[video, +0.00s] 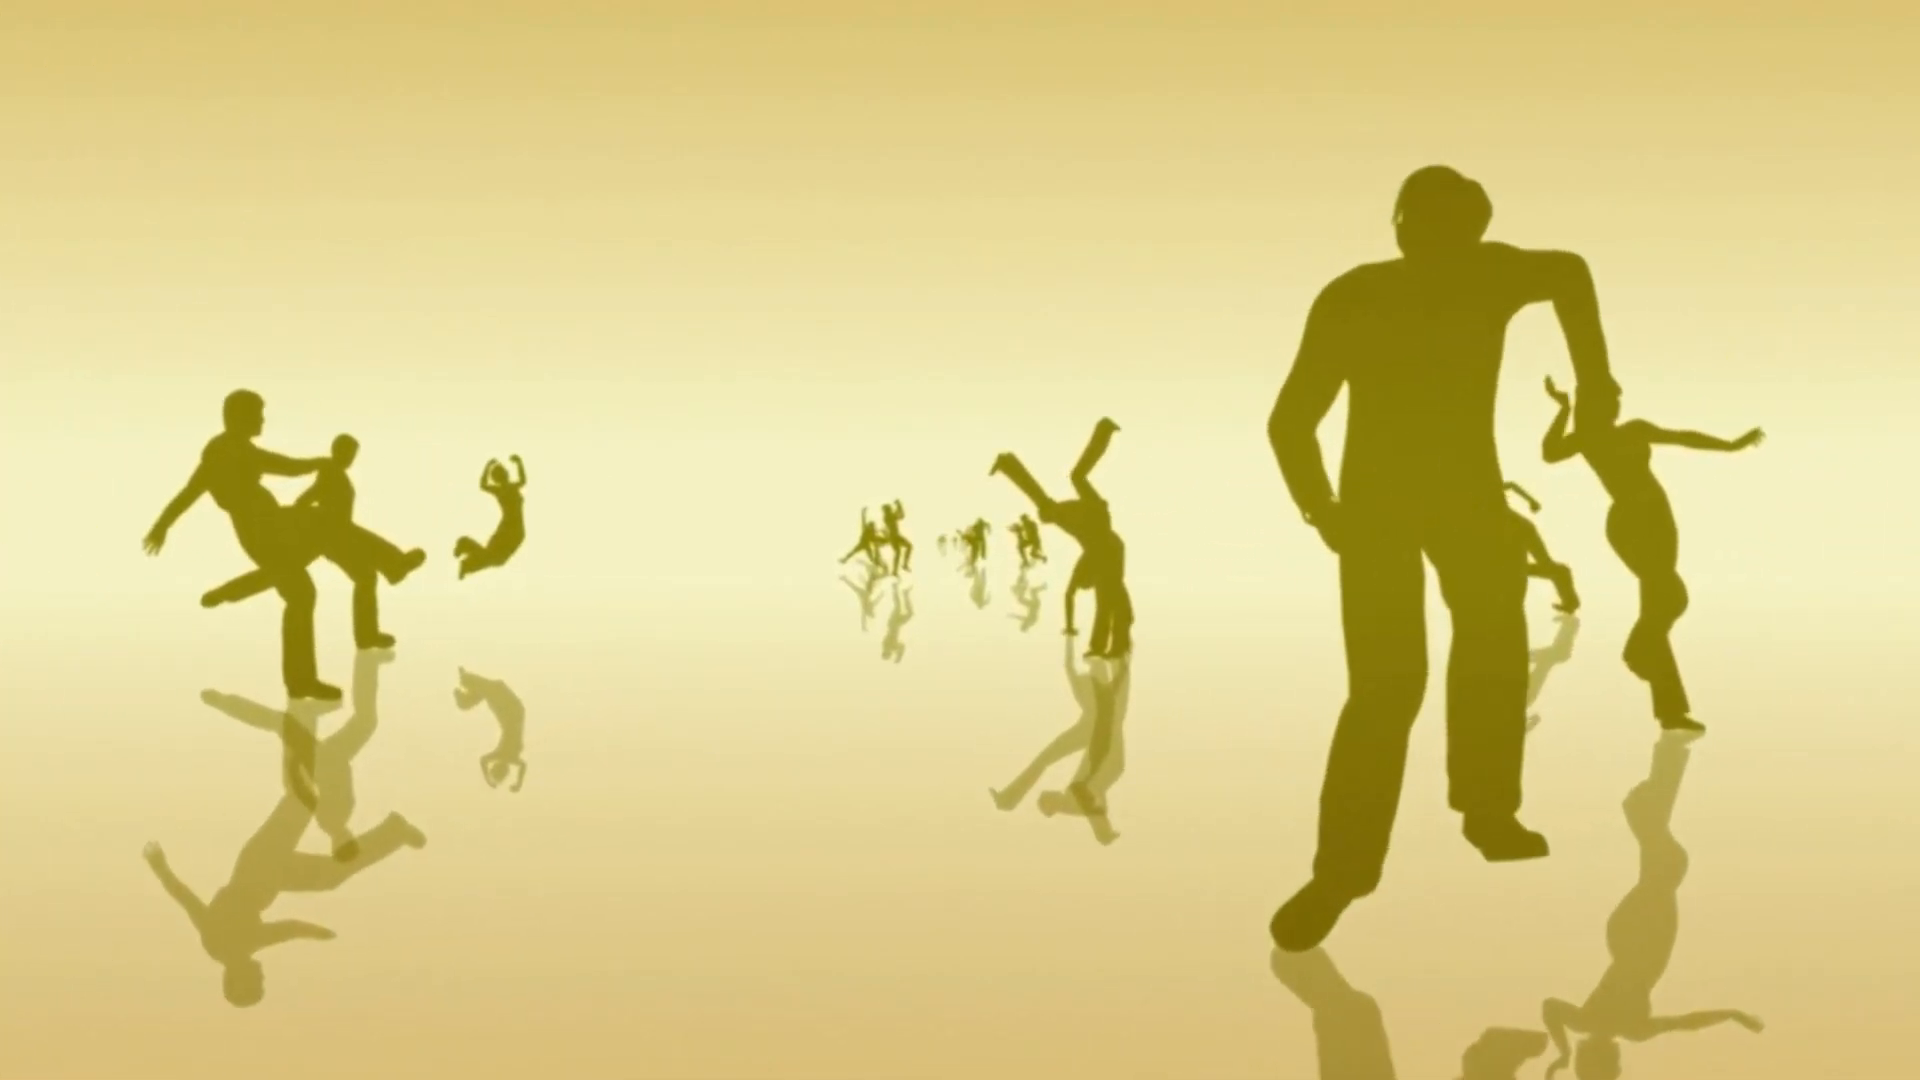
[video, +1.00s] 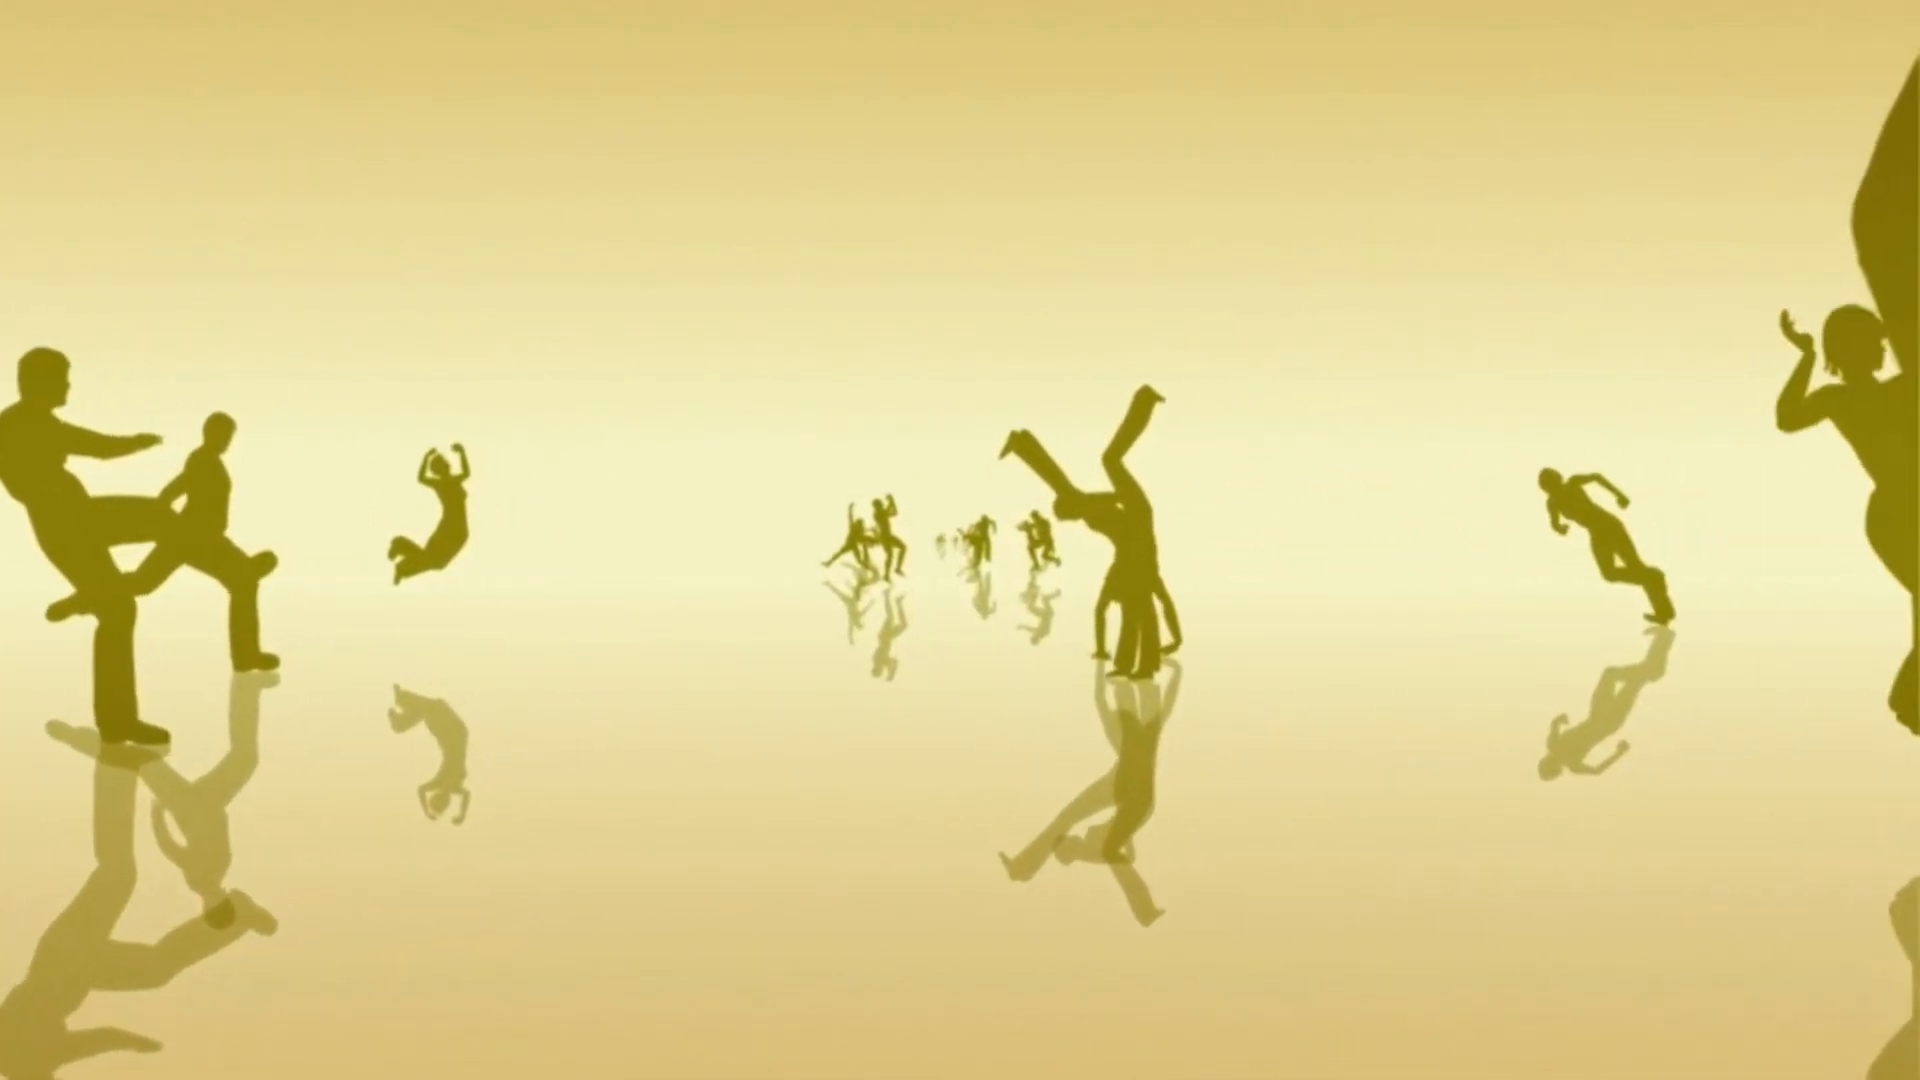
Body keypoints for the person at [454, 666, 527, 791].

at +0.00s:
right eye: (494, 776)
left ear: (504, 769)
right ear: (493, 767)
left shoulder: (511, 759)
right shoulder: (497, 756)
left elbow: (523, 765)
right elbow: (483, 760)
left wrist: (518, 784)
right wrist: (487, 779)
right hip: (491, 690)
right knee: (464, 704)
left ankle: (466, 678)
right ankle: (457, 691)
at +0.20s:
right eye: (483, 782)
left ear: (492, 775)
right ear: (484, 772)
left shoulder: (500, 764)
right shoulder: (485, 762)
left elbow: (513, 769)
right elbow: (471, 766)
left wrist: (508, 790)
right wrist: (476, 785)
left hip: (490, 694)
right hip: (481, 694)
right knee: (453, 708)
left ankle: (454, 681)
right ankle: (445, 696)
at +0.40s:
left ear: (482, 781)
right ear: (473, 778)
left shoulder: (489, 770)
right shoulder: (474, 767)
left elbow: (502, 776)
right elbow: (459, 772)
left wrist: (497, 796)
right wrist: (464, 791)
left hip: (477, 698)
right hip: (468, 696)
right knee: (439, 713)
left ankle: (441, 685)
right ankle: (432, 700)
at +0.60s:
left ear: (469, 786)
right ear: (461, 784)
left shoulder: (477, 775)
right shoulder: (463, 772)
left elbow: (491, 781)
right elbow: (447, 777)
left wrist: (486, 803)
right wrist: (452, 798)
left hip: (465, 701)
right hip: (455, 701)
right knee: (427, 717)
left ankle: (429, 689)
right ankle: (419, 705)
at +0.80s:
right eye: (446, 800)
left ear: (457, 793)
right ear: (448, 791)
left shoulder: (466, 781)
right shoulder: (450, 778)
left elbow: (479, 788)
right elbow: (434, 783)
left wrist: (474, 809)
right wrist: (439, 804)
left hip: (454, 706)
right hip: (443, 705)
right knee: (413, 722)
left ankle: (416, 692)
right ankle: (405, 709)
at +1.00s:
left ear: (444, 799)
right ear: (436, 797)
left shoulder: (454, 787)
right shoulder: (438, 784)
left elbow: (467, 794)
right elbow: (421, 790)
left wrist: (462, 815)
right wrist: (426, 811)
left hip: (440, 711)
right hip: (431, 710)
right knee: (399, 727)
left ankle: (402, 696)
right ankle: (391, 713)